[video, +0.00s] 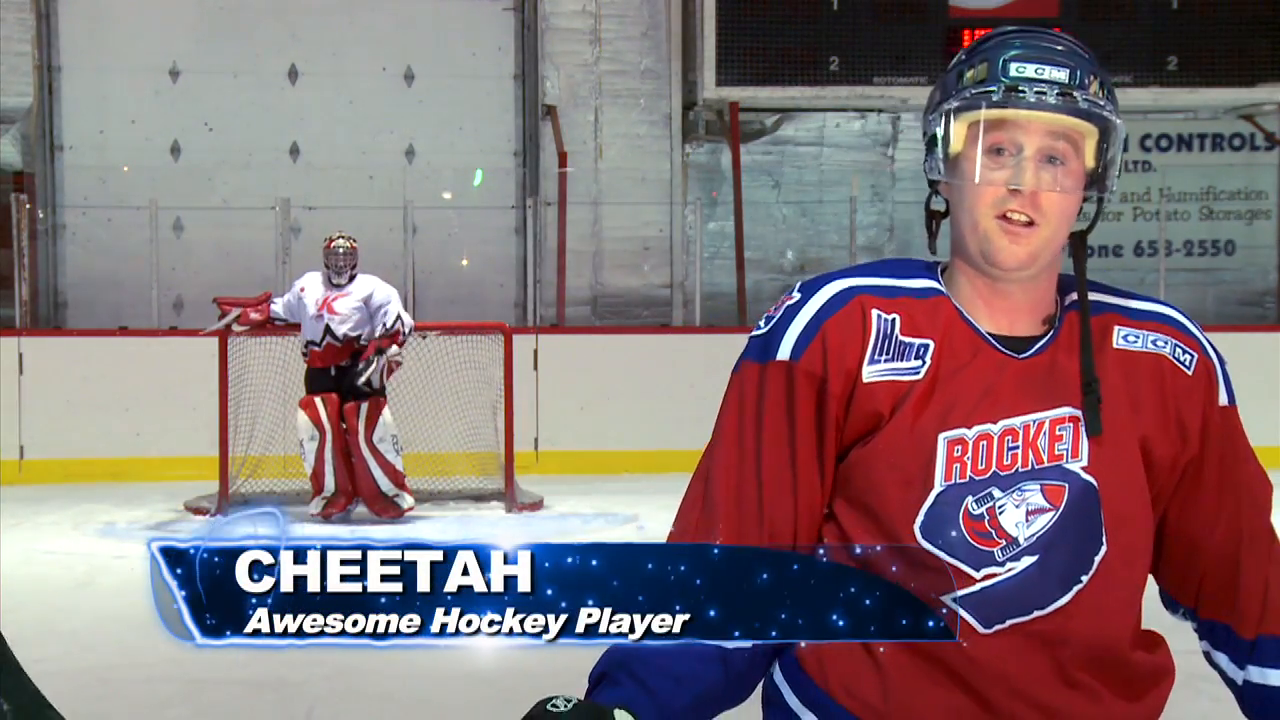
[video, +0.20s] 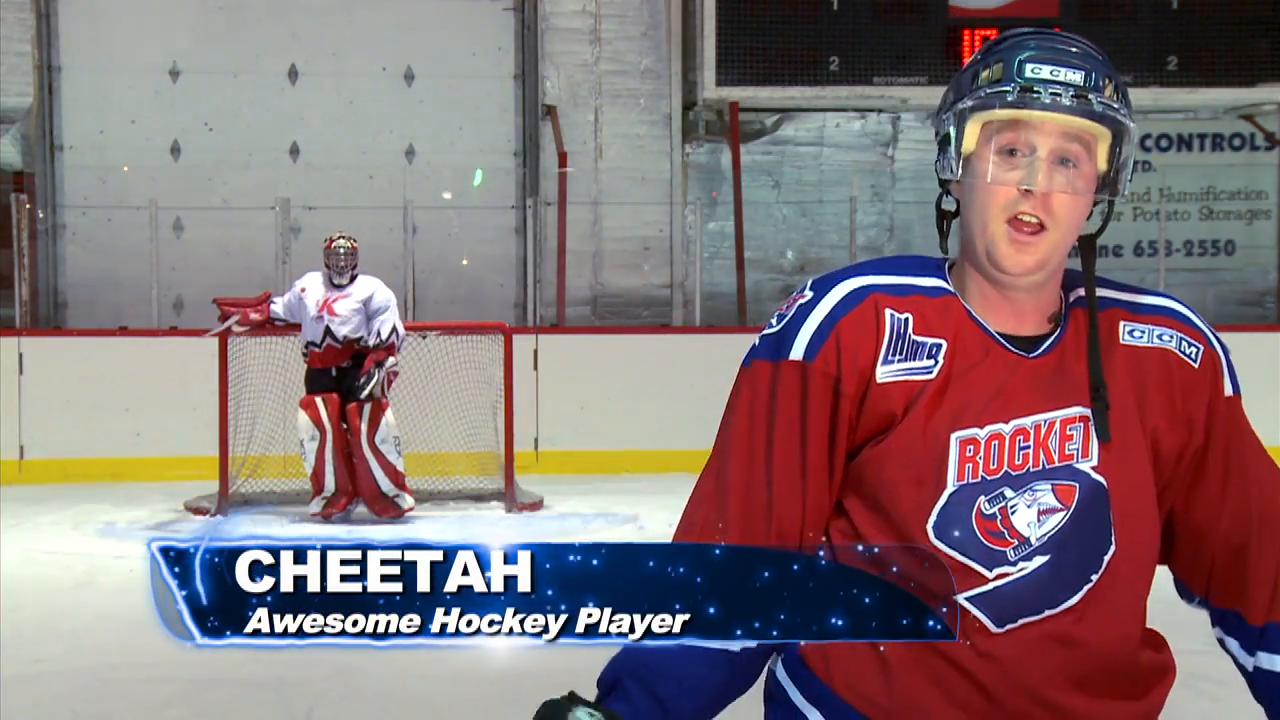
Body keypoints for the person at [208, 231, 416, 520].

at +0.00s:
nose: (340, 263)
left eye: (346, 257)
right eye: (334, 257)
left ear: (355, 259)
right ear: (325, 259)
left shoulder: (372, 289)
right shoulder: (308, 286)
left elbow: (399, 325)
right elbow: (281, 310)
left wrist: (378, 356)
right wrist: (247, 314)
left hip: (359, 372)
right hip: (320, 374)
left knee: (365, 434)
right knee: (325, 435)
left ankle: (389, 497)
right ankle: (334, 497)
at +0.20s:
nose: (341, 263)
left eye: (346, 257)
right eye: (335, 257)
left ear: (355, 259)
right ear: (326, 259)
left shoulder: (372, 290)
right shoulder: (308, 286)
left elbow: (390, 335)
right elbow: (281, 310)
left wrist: (377, 369)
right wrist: (246, 313)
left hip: (358, 373)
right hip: (320, 374)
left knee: (366, 433)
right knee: (325, 434)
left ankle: (389, 498)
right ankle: (334, 497)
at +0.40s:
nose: (342, 263)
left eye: (347, 257)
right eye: (336, 257)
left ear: (356, 259)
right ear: (326, 259)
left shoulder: (374, 292)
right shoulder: (309, 286)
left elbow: (389, 341)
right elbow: (278, 309)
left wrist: (377, 373)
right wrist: (241, 315)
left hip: (358, 373)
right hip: (320, 374)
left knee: (367, 432)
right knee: (326, 434)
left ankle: (389, 498)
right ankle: (334, 497)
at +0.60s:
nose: (342, 263)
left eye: (348, 257)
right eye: (337, 257)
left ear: (357, 259)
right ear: (328, 259)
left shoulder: (376, 291)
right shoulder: (309, 286)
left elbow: (401, 329)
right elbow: (282, 306)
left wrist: (386, 363)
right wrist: (249, 306)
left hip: (361, 375)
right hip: (321, 377)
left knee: (365, 434)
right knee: (325, 435)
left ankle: (390, 500)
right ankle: (334, 498)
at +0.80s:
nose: (344, 263)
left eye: (349, 257)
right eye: (338, 258)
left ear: (358, 259)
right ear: (329, 259)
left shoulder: (376, 289)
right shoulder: (310, 286)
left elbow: (408, 310)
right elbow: (275, 306)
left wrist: (411, 336)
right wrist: (241, 315)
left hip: (363, 372)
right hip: (322, 373)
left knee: (371, 432)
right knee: (325, 435)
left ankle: (391, 501)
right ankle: (332, 500)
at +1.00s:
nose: (344, 264)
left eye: (350, 258)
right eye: (338, 259)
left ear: (358, 260)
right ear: (328, 261)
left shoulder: (378, 288)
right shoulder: (309, 288)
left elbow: (416, 303)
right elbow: (276, 315)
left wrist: (432, 315)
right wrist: (246, 332)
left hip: (365, 374)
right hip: (322, 375)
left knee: (372, 433)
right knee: (327, 435)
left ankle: (387, 500)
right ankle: (334, 499)